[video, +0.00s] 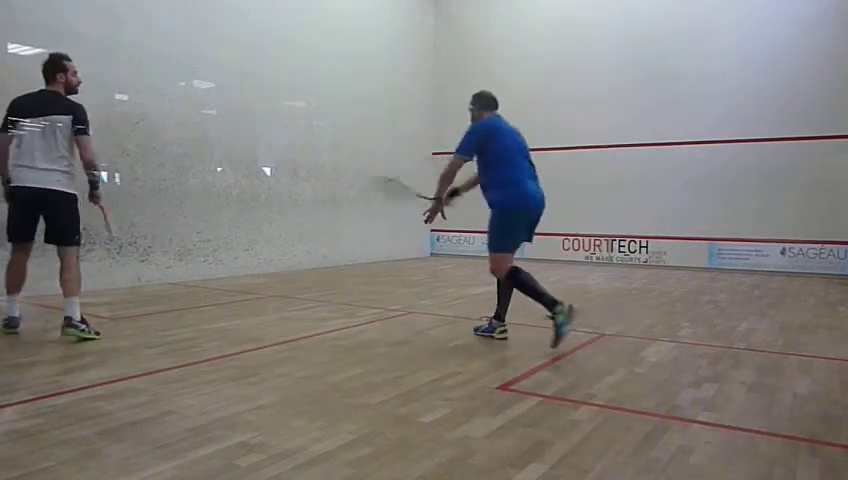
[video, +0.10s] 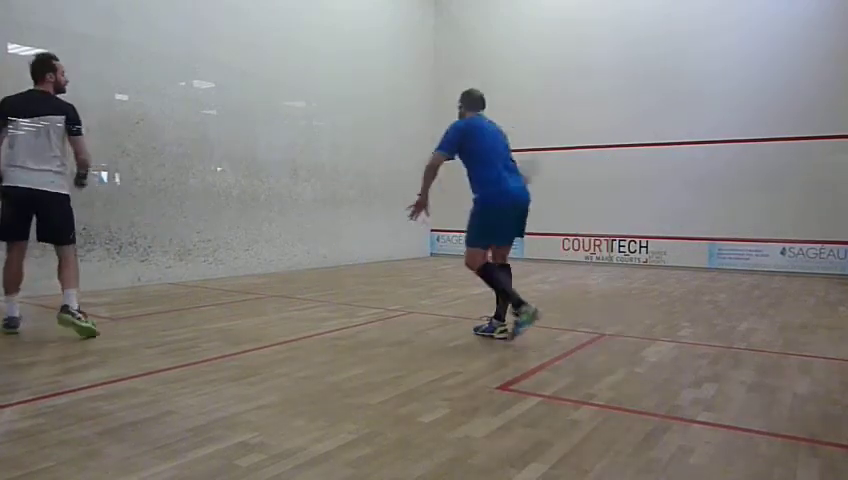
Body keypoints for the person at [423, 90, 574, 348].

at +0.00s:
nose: (470, 116)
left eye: (472, 112)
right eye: (470, 112)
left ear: (480, 111)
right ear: (493, 110)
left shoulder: (479, 130)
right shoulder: (509, 131)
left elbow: (451, 170)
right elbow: (486, 171)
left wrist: (437, 203)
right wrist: (459, 190)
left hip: (509, 203)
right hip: (532, 200)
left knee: (499, 266)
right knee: (504, 263)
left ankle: (557, 309)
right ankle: (498, 322)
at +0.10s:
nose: (459, 113)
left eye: (459, 109)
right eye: (460, 109)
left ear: (461, 108)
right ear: (482, 108)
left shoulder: (460, 128)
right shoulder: (496, 129)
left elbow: (433, 164)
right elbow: (507, 162)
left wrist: (423, 196)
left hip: (491, 198)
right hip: (518, 196)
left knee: (474, 261)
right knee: (500, 258)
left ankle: (522, 308)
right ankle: (499, 320)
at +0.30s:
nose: (445, 106)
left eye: (442, 103)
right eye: (454, 103)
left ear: (439, 106)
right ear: (461, 105)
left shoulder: (432, 129)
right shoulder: (480, 126)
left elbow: (400, 163)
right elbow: (517, 121)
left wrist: (383, 192)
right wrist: (531, 95)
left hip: (447, 200)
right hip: (481, 201)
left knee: (424, 251)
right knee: (483, 254)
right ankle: (493, 321)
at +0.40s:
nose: (436, 111)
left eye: (430, 107)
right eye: (441, 105)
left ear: (426, 109)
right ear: (448, 108)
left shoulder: (417, 135)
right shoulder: (467, 128)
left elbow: (388, 165)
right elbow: (503, 116)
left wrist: (373, 191)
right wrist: (503, 83)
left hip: (424, 208)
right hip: (462, 208)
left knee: (398, 258)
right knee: (473, 260)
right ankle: (486, 319)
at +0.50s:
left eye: (413, 107)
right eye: (424, 108)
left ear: (406, 112)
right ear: (428, 111)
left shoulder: (395, 140)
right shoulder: (445, 133)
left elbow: (368, 172)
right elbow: (482, 122)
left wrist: (368, 191)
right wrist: (477, 94)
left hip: (400, 212)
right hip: (438, 212)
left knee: (375, 260)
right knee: (459, 260)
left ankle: (350, 311)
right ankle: (484, 317)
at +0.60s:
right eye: (404, 108)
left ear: (385, 110)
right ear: (407, 110)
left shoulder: (374, 136)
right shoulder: (419, 134)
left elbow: (353, 169)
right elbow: (455, 137)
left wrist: (363, 187)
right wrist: (465, 116)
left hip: (375, 208)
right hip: (411, 208)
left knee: (356, 256)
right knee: (435, 259)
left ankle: (345, 312)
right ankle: (461, 315)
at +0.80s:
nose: (369, 105)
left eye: (359, 100)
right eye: (374, 101)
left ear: (354, 101)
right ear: (376, 101)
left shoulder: (342, 126)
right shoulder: (386, 124)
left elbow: (320, 158)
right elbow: (408, 152)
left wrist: (336, 179)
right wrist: (441, 163)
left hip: (346, 197)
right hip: (377, 197)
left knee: (341, 252)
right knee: (385, 255)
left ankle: (329, 307)